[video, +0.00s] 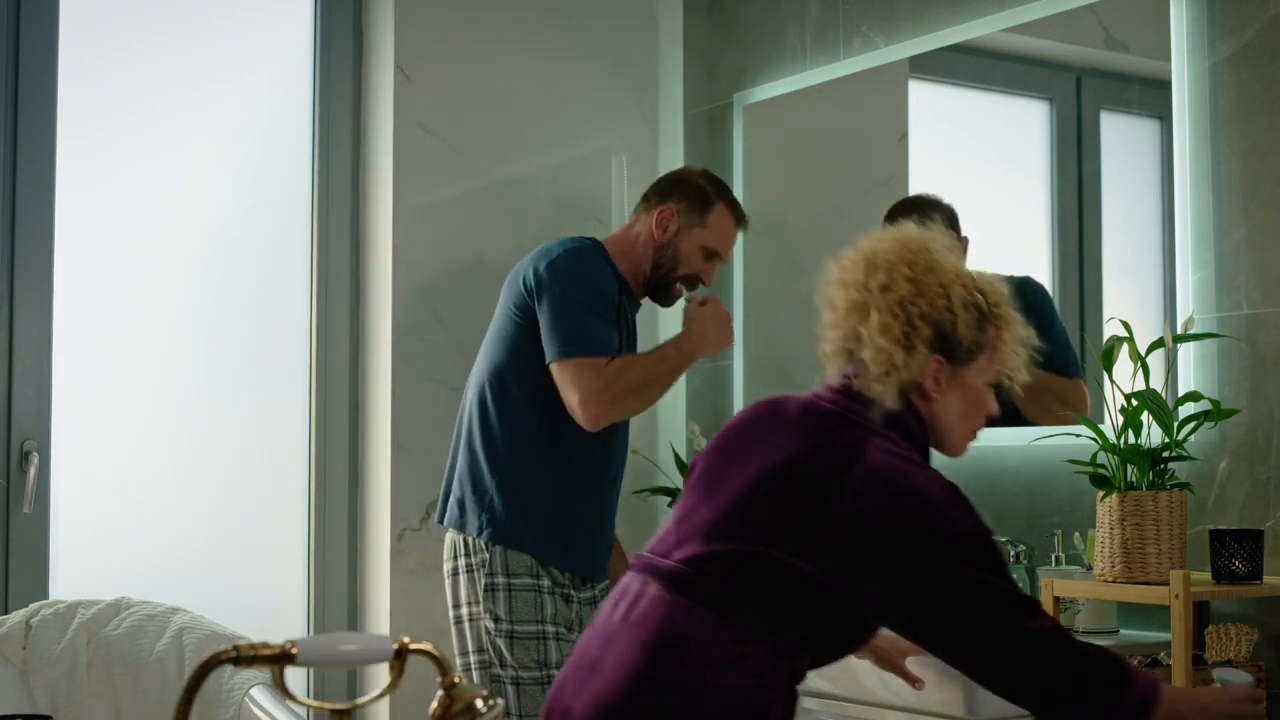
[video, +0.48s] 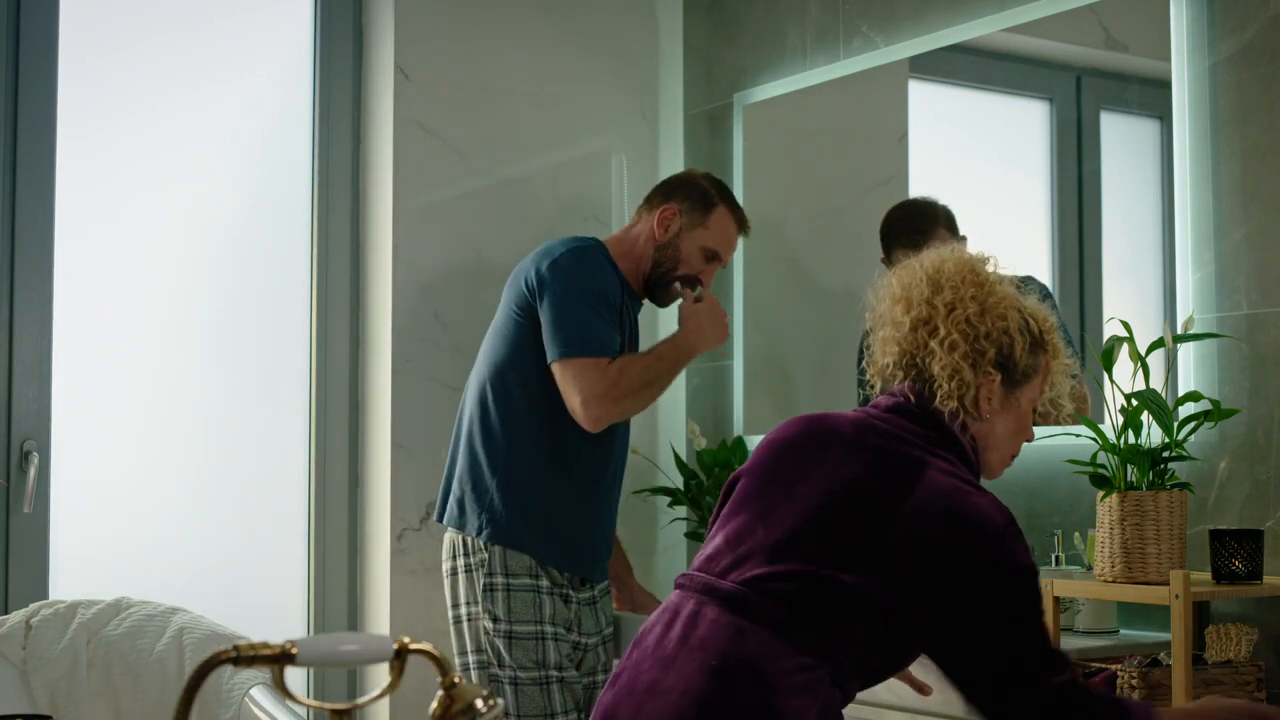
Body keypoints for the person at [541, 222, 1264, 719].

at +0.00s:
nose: (993, 406)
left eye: (998, 384)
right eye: (989, 381)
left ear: (863, 360)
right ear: (929, 372)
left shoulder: (761, 421)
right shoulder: (913, 497)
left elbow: (732, 565)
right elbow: (1027, 657)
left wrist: (864, 638)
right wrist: (1177, 697)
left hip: (591, 682)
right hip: (708, 699)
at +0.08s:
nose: (1007, 425)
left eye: (1010, 401)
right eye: (1003, 397)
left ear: (880, 375)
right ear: (949, 385)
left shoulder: (771, 431)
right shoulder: (938, 514)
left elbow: (730, 570)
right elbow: (1059, 667)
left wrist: (866, 637)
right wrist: (1191, 702)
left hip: (608, 683)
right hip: (729, 701)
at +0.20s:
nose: (1020, 438)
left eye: (1026, 415)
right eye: (1020, 412)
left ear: (895, 382)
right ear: (969, 396)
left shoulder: (782, 440)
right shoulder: (958, 524)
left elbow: (735, 575)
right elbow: (1073, 673)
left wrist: (872, 635)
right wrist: (1182, 703)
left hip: (626, 683)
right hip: (743, 702)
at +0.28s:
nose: (1023, 443)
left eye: (1031, 419)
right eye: (1025, 417)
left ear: (901, 384)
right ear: (976, 400)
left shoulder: (788, 442)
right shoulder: (970, 528)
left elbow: (741, 580)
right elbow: (1075, 676)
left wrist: (877, 646)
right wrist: (1190, 706)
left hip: (628, 691)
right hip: (747, 704)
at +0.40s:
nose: (1030, 440)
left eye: (1037, 416)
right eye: (1031, 414)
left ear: (907, 383)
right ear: (982, 397)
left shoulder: (794, 439)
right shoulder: (966, 526)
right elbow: (1075, 688)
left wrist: (888, 648)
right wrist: (1183, 710)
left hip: (632, 691)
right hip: (752, 706)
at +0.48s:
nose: (1031, 432)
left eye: (1038, 409)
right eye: (1032, 406)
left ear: (902, 374)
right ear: (983, 390)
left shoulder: (792, 435)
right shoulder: (970, 521)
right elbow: (1032, 693)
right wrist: (1167, 715)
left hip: (632, 690)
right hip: (759, 704)